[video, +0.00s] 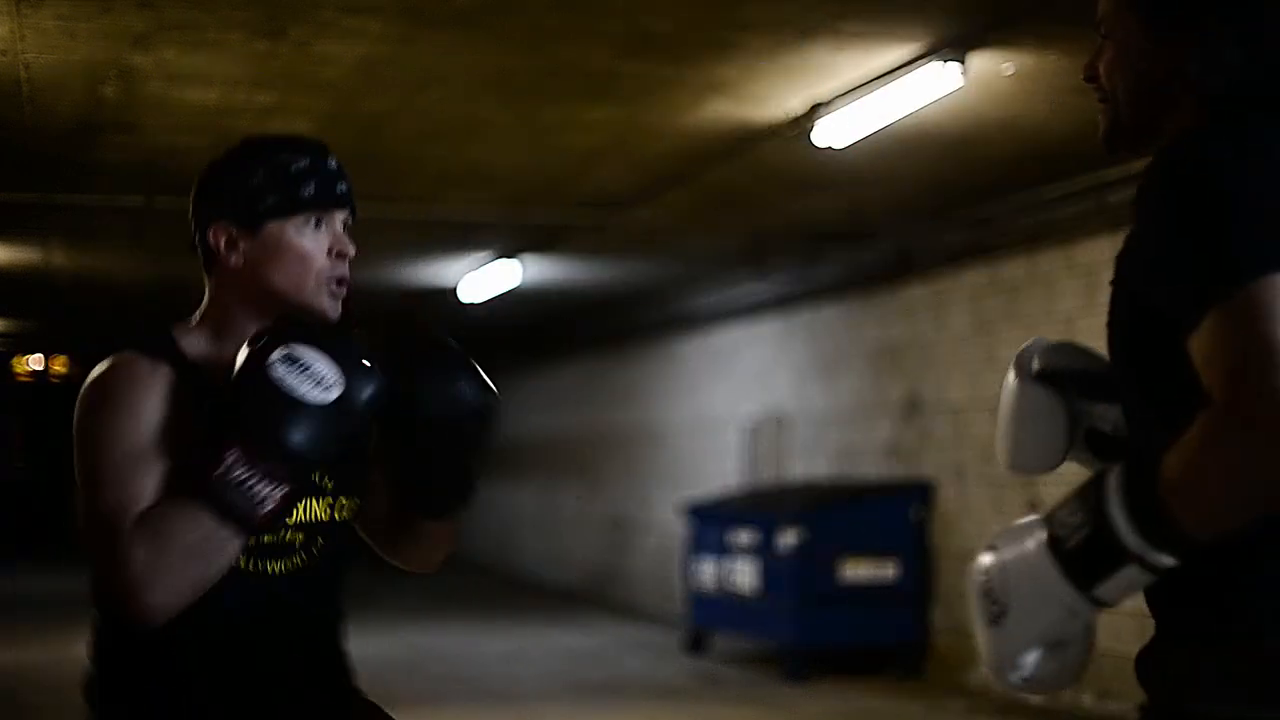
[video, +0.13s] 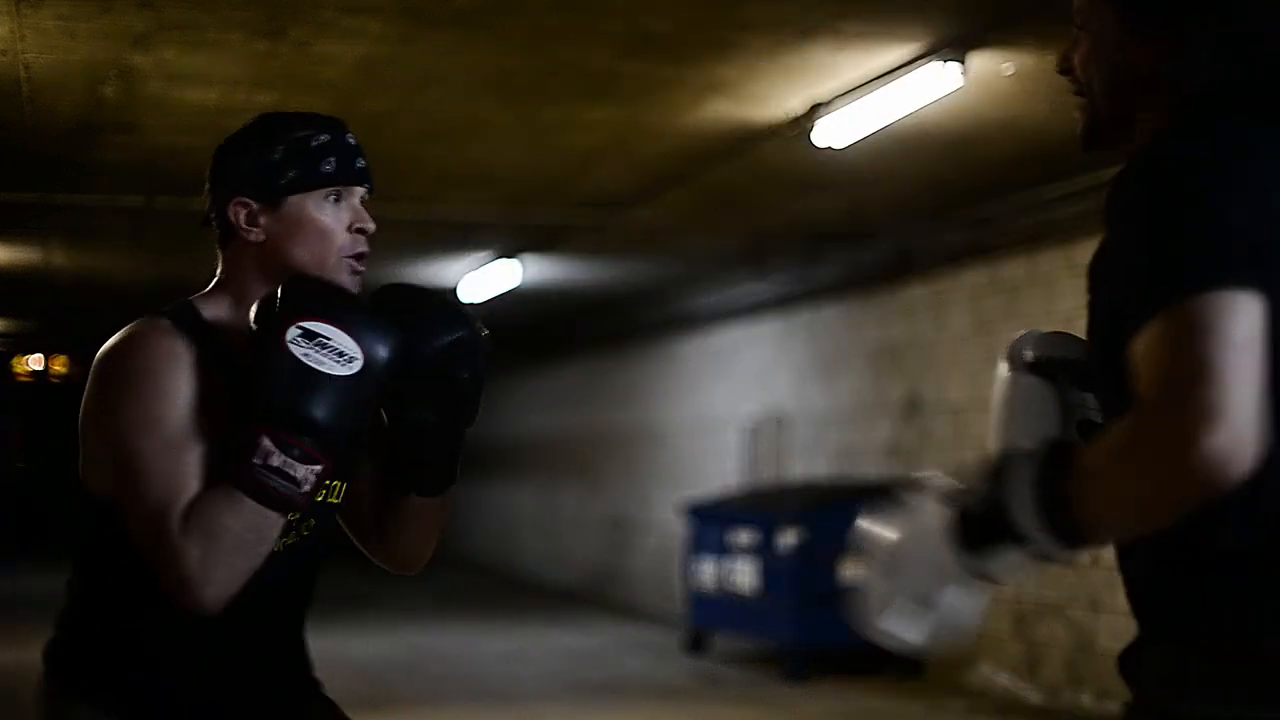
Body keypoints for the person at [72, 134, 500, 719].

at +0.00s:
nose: (346, 248)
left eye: (345, 228)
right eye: (317, 225)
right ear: (230, 245)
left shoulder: (327, 378)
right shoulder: (133, 388)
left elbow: (414, 553)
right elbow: (140, 589)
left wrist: (443, 453)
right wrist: (260, 460)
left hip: (315, 697)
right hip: (174, 709)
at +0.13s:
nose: (366, 224)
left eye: (361, 201)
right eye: (336, 199)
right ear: (250, 220)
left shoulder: (318, 354)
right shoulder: (148, 359)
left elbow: (400, 551)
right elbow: (197, 575)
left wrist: (434, 421)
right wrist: (298, 428)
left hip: (272, 684)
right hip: (137, 690)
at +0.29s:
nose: (349, 273)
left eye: (346, 247)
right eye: (323, 244)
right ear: (235, 262)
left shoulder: (261, 391)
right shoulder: (130, 390)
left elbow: (376, 581)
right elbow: (208, 617)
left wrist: (417, 428)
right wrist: (295, 450)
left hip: (211, 710)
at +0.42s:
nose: (305, 295)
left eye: (301, 274)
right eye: (275, 273)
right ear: (191, 291)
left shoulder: (222, 414)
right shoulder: (87, 420)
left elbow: (280, 630)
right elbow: (144, 651)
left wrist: (351, 487)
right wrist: (252, 502)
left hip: (172, 711)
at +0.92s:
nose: (261, 338)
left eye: (264, 310)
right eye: (228, 318)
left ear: (274, 306)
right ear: (161, 329)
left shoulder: (256, 437)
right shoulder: (54, 454)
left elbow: (338, 623)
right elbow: (103, 690)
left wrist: (335, 452)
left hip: (198, 701)